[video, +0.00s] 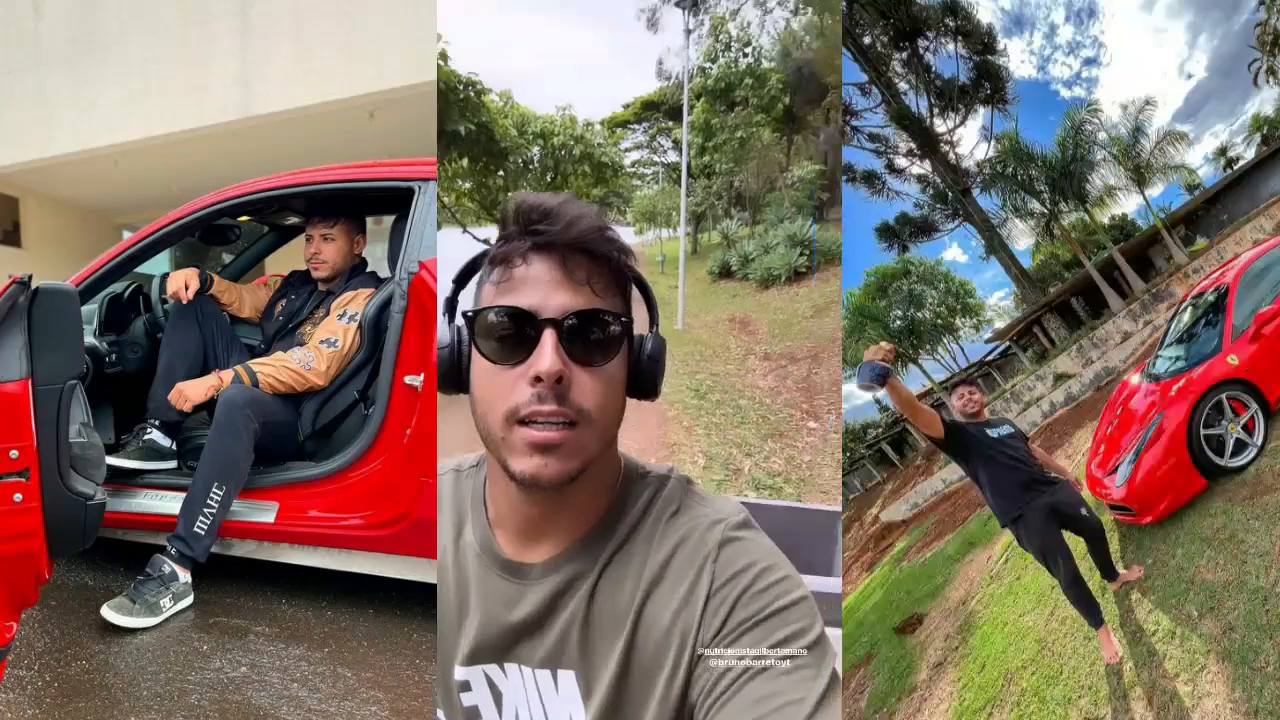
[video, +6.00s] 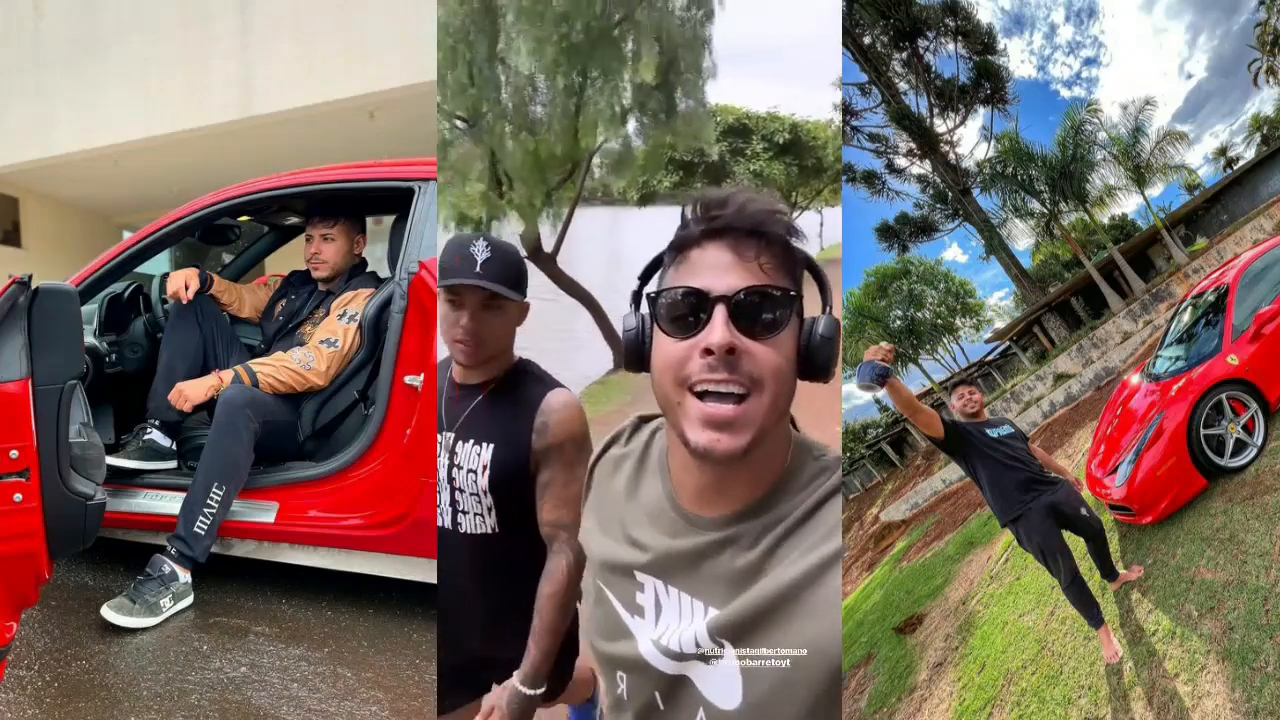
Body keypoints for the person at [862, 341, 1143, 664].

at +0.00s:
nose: (966, 397)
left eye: (971, 392)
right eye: (959, 397)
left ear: (984, 399)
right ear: (952, 410)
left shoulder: (1004, 424)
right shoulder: (956, 436)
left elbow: (1037, 454)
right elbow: (917, 413)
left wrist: (1067, 475)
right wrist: (887, 376)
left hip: (1051, 489)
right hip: (1022, 512)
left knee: (1093, 528)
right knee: (1065, 570)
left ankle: (1114, 576)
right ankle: (1101, 627)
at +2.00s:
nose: (966, 397)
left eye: (971, 392)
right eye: (959, 397)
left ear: (983, 398)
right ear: (953, 410)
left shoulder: (1004, 424)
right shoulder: (956, 436)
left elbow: (1037, 454)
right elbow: (917, 413)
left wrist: (1067, 475)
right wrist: (886, 376)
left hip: (1051, 489)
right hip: (1022, 512)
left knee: (1093, 527)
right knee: (1065, 570)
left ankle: (1114, 576)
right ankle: (1101, 627)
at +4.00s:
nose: (967, 397)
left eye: (971, 392)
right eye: (959, 397)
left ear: (983, 398)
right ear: (953, 410)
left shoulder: (1003, 424)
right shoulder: (957, 436)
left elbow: (1037, 454)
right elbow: (916, 412)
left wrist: (1067, 475)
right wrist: (885, 374)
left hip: (1052, 489)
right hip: (1022, 512)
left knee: (1094, 528)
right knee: (1065, 571)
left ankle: (1114, 576)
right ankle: (1101, 628)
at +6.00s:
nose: (967, 397)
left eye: (971, 392)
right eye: (959, 397)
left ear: (983, 398)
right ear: (953, 410)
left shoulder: (1003, 424)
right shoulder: (957, 436)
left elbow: (1037, 454)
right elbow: (916, 412)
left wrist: (1067, 476)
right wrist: (885, 375)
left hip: (1051, 489)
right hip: (1021, 512)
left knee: (1094, 528)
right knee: (1066, 571)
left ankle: (1113, 576)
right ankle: (1101, 629)